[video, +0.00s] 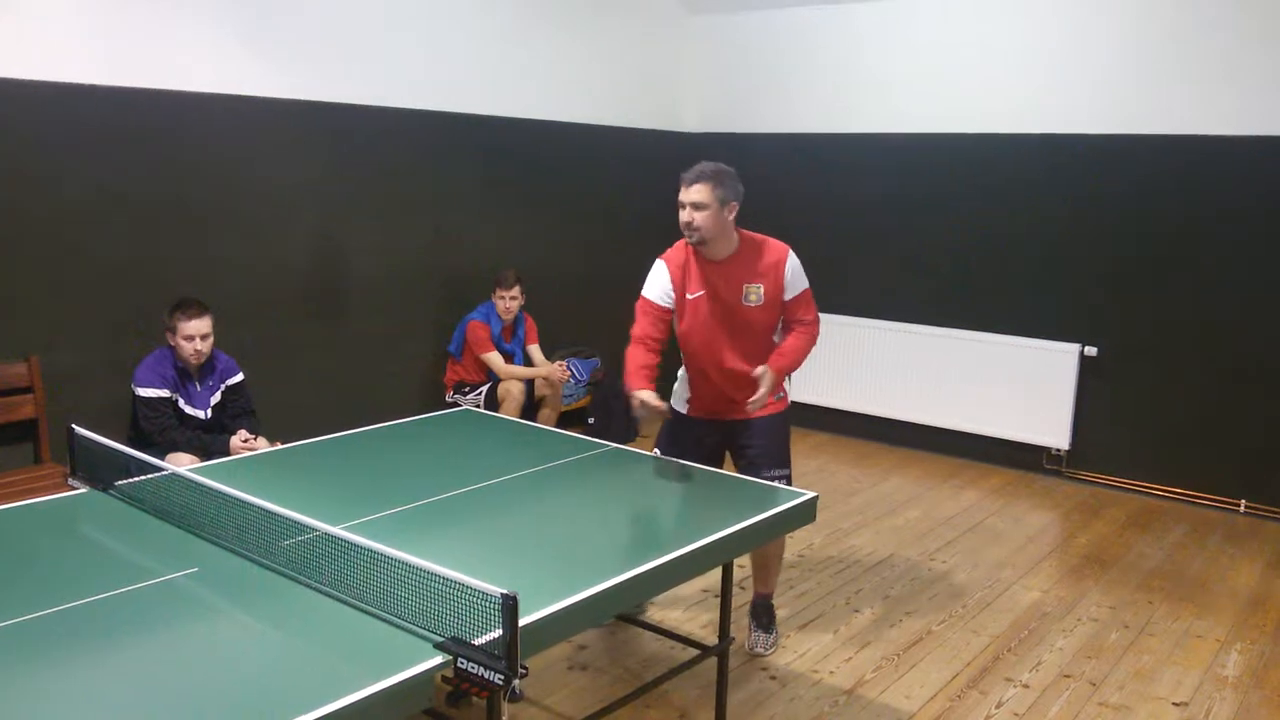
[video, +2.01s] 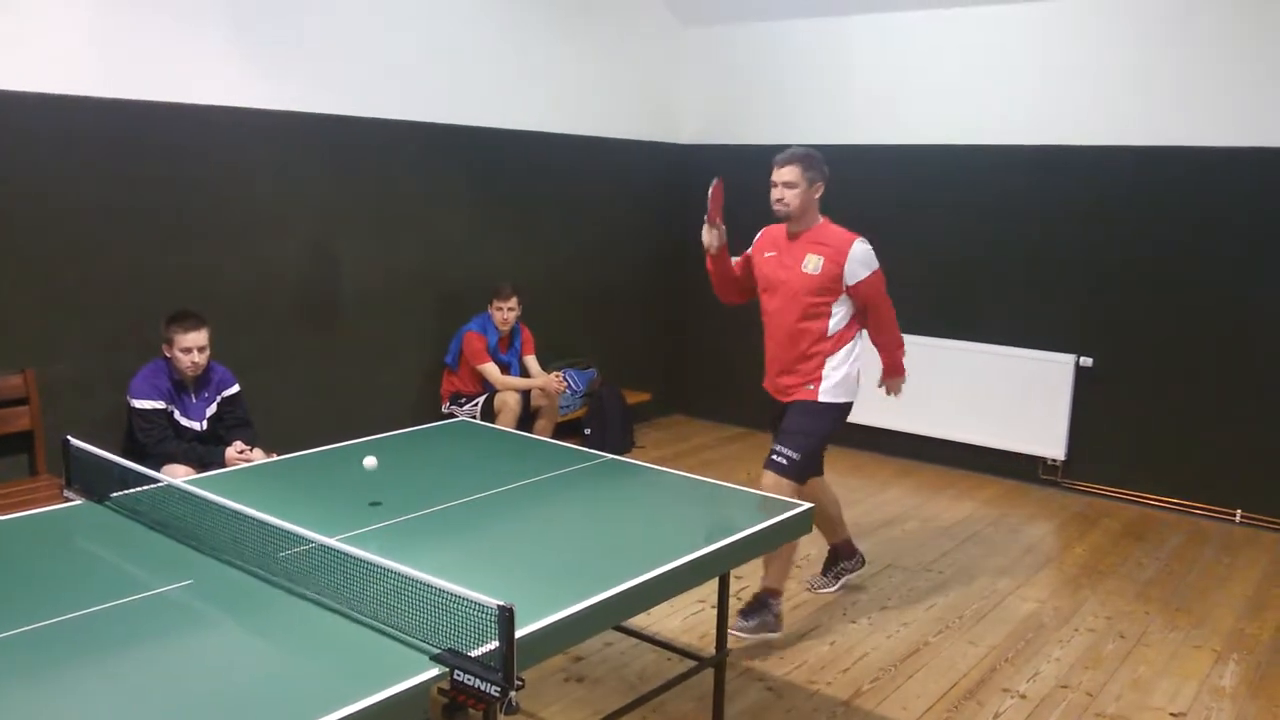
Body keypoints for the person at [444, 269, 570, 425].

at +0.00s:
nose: (507, 305)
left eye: (513, 299)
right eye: (501, 298)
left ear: (522, 300)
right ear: (493, 298)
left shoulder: (525, 322)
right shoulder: (477, 324)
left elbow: (540, 361)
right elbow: (502, 372)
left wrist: (554, 371)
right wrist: (546, 372)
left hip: (498, 386)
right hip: (462, 392)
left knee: (553, 385)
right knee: (515, 389)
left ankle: (541, 449)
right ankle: (501, 448)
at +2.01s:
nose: (505, 316)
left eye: (511, 310)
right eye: (499, 310)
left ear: (519, 311)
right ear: (490, 309)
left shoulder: (522, 333)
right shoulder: (473, 335)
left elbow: (536, 372)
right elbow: (498, 382)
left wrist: (550, 382)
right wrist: (543, 383)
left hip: (494, 397)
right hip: (459, 403)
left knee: (549, 397)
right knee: (511, 400)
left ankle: (538, 459)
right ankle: (499, 459)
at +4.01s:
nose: (509, 309)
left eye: (515, 303)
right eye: (504, 303)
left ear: (524, 304)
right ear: (495, 303)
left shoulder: (528, 327)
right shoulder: (479, 328)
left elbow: (543, 366)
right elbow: (504, 375)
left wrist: (559, 377)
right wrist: (547, 376)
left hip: (503, 387)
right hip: (467, 394)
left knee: (555, 391)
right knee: (516, 392)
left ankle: (540, 450)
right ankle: (503, 449)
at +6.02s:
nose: (517, 314)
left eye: (520, 308)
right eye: (510, 309)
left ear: (525, 308)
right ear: (495, 309)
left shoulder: (525, 332)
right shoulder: (476, 333)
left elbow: (540, 371)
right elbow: (500, 380)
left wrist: (553, 380)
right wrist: (545, 381)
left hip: (498, 394)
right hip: (462, 400)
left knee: (552, 395)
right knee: (514, 397)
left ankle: (540, 455)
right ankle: (501, 455)